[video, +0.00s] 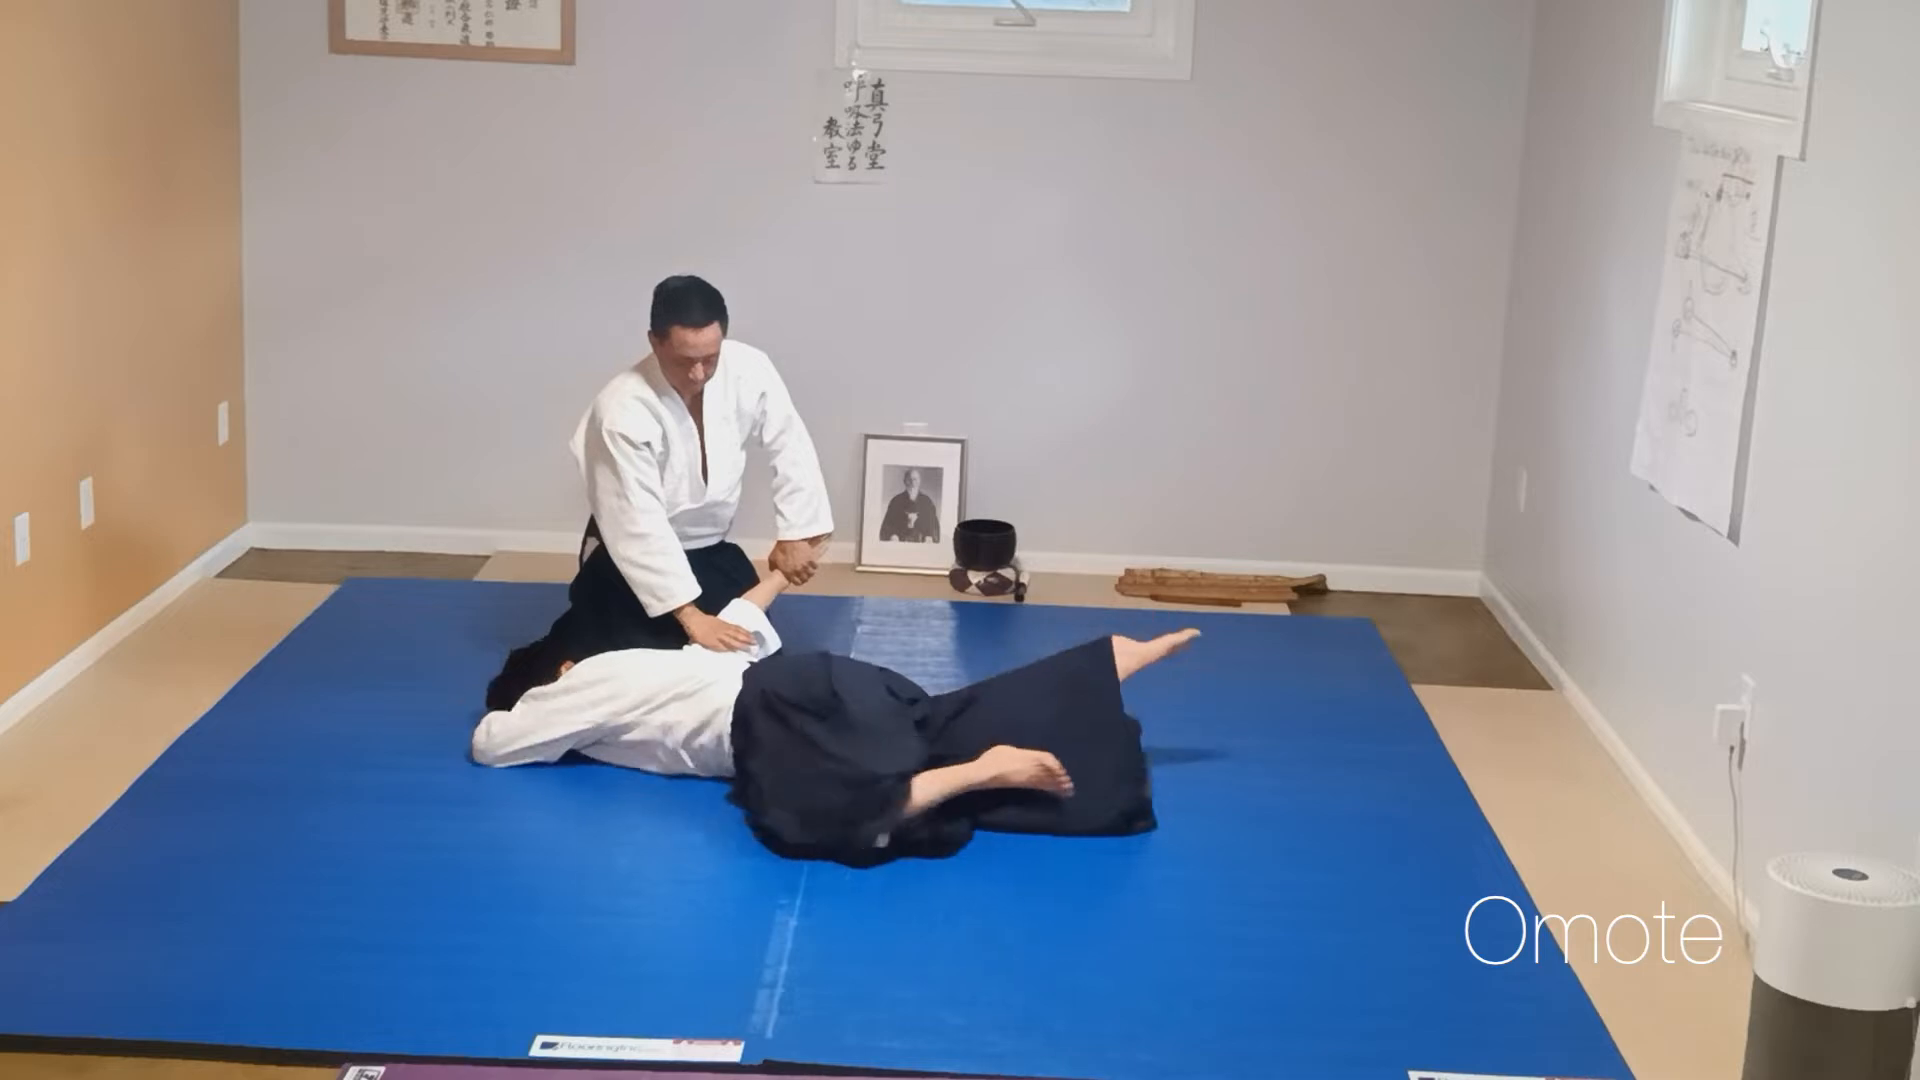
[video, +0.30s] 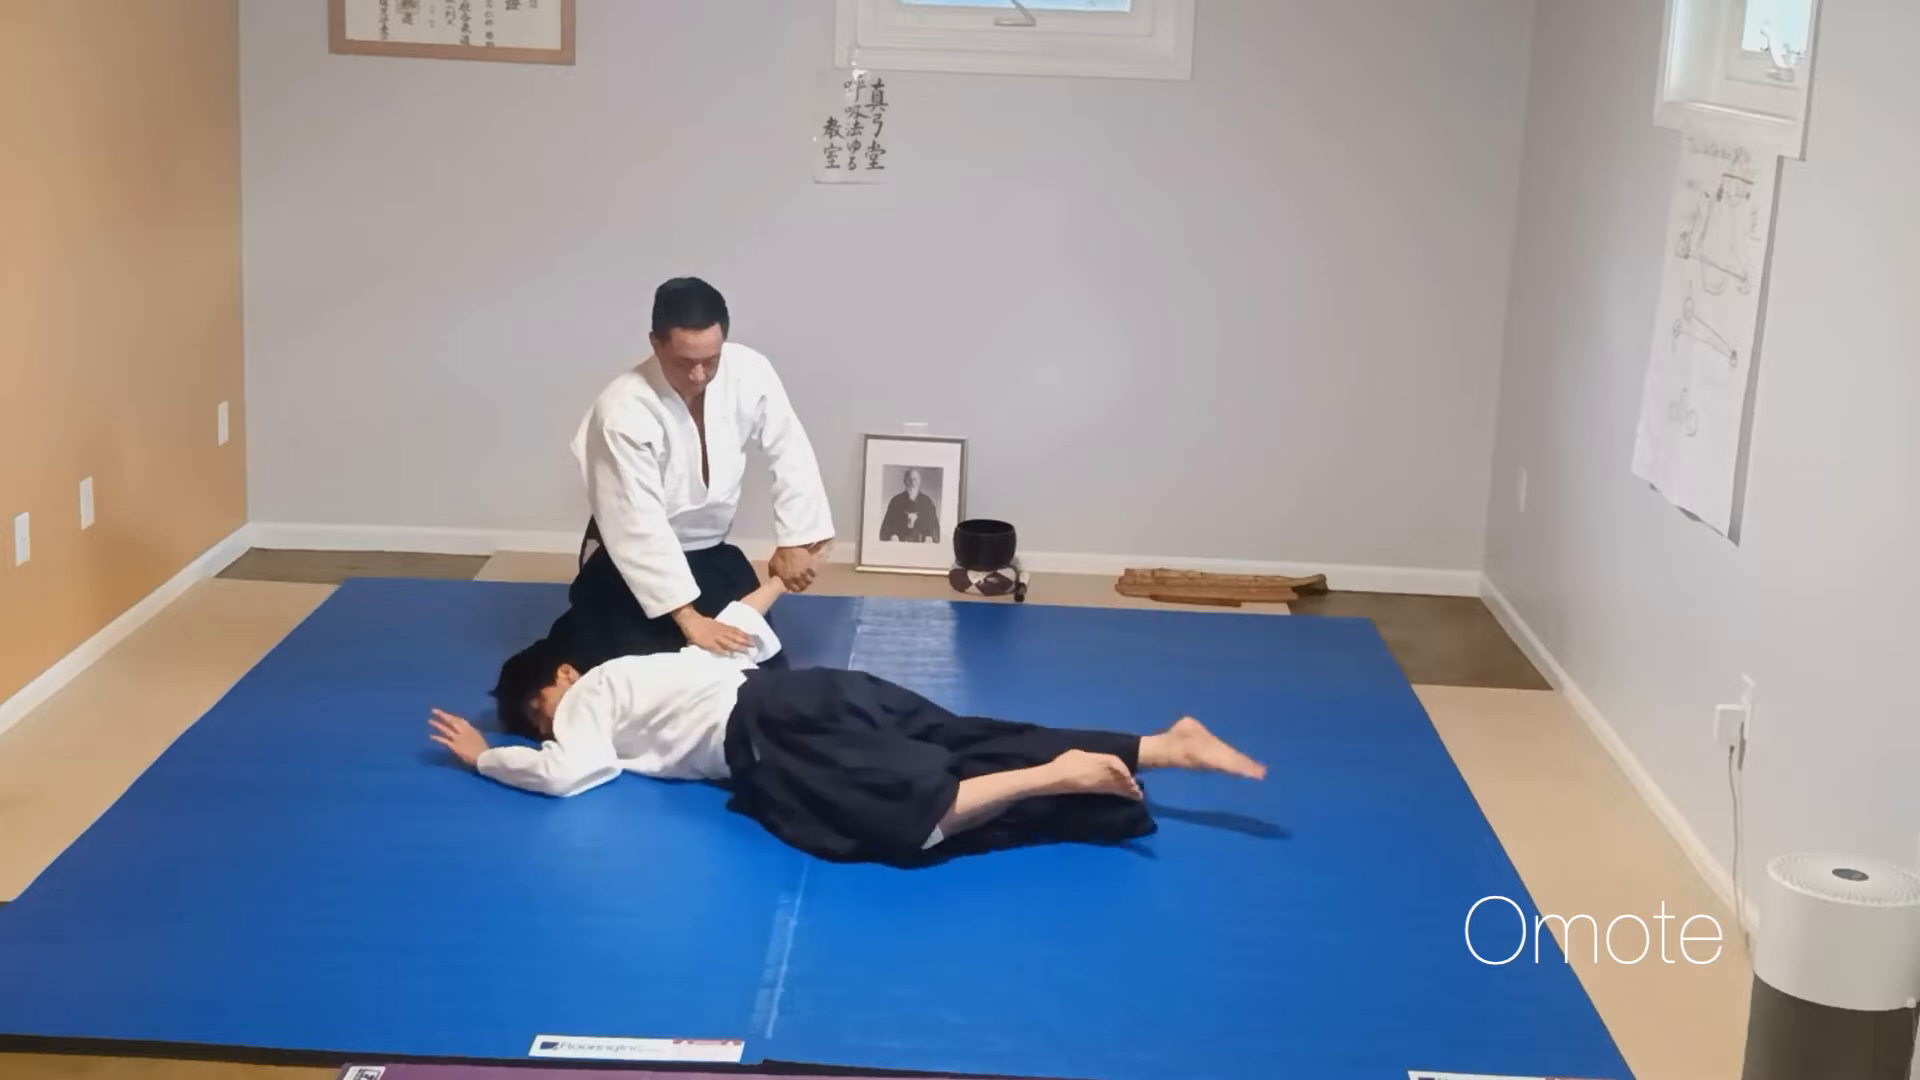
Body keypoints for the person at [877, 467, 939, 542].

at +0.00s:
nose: (912, 482)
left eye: (915, 479)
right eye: (909, 480)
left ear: (919, 481)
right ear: (905, 482)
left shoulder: (926, 501)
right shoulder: (897, 501)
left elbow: (933, 523)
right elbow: (887, 525)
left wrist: (930, 537)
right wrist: (892, 536)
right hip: (899, 544)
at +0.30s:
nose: (913, 482)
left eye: (915, 479)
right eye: (910, 479)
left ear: (919, 481)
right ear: (905, 482)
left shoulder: (926, 501)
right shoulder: (896, 501)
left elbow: (933, 523)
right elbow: (886, 526)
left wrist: (930, 537)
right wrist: (892, 536)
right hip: (899, 543)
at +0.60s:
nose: (913, 482)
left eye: (915, 479)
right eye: (910, 479)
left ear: (919, 481)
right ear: (905, 482)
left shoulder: (926, 501)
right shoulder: (897, 501)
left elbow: (933, 523)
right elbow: (887, 526)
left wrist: (930, 537)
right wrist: (892, 536)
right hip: (899, 543)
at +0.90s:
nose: (912, 482)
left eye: (915, 479)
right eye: (909, 480)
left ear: (919, 481)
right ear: (905, 482)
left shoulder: (926, 501)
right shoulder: (897, 501)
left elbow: (933, 523)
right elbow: (887, 525)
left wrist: (930, 537)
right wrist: (892, 536)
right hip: (899, 544)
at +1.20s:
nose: (912, 482)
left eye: (915, 479)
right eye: (909, 479)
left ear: (919, 481)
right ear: (905, 482)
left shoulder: (926, 501)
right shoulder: (896, 501)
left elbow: (933, 523)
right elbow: (886, 526)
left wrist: (930, 537)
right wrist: (892, 536)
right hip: (899, 544)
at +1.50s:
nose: (912, 482)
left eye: (915, 479)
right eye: (909, 480)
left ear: (919, 481)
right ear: (904, 482)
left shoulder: (926, 501)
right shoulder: (896, 500)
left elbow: (932, 523)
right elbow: (887, 525)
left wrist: (930, 537)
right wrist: (891, 536)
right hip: (899, 543)